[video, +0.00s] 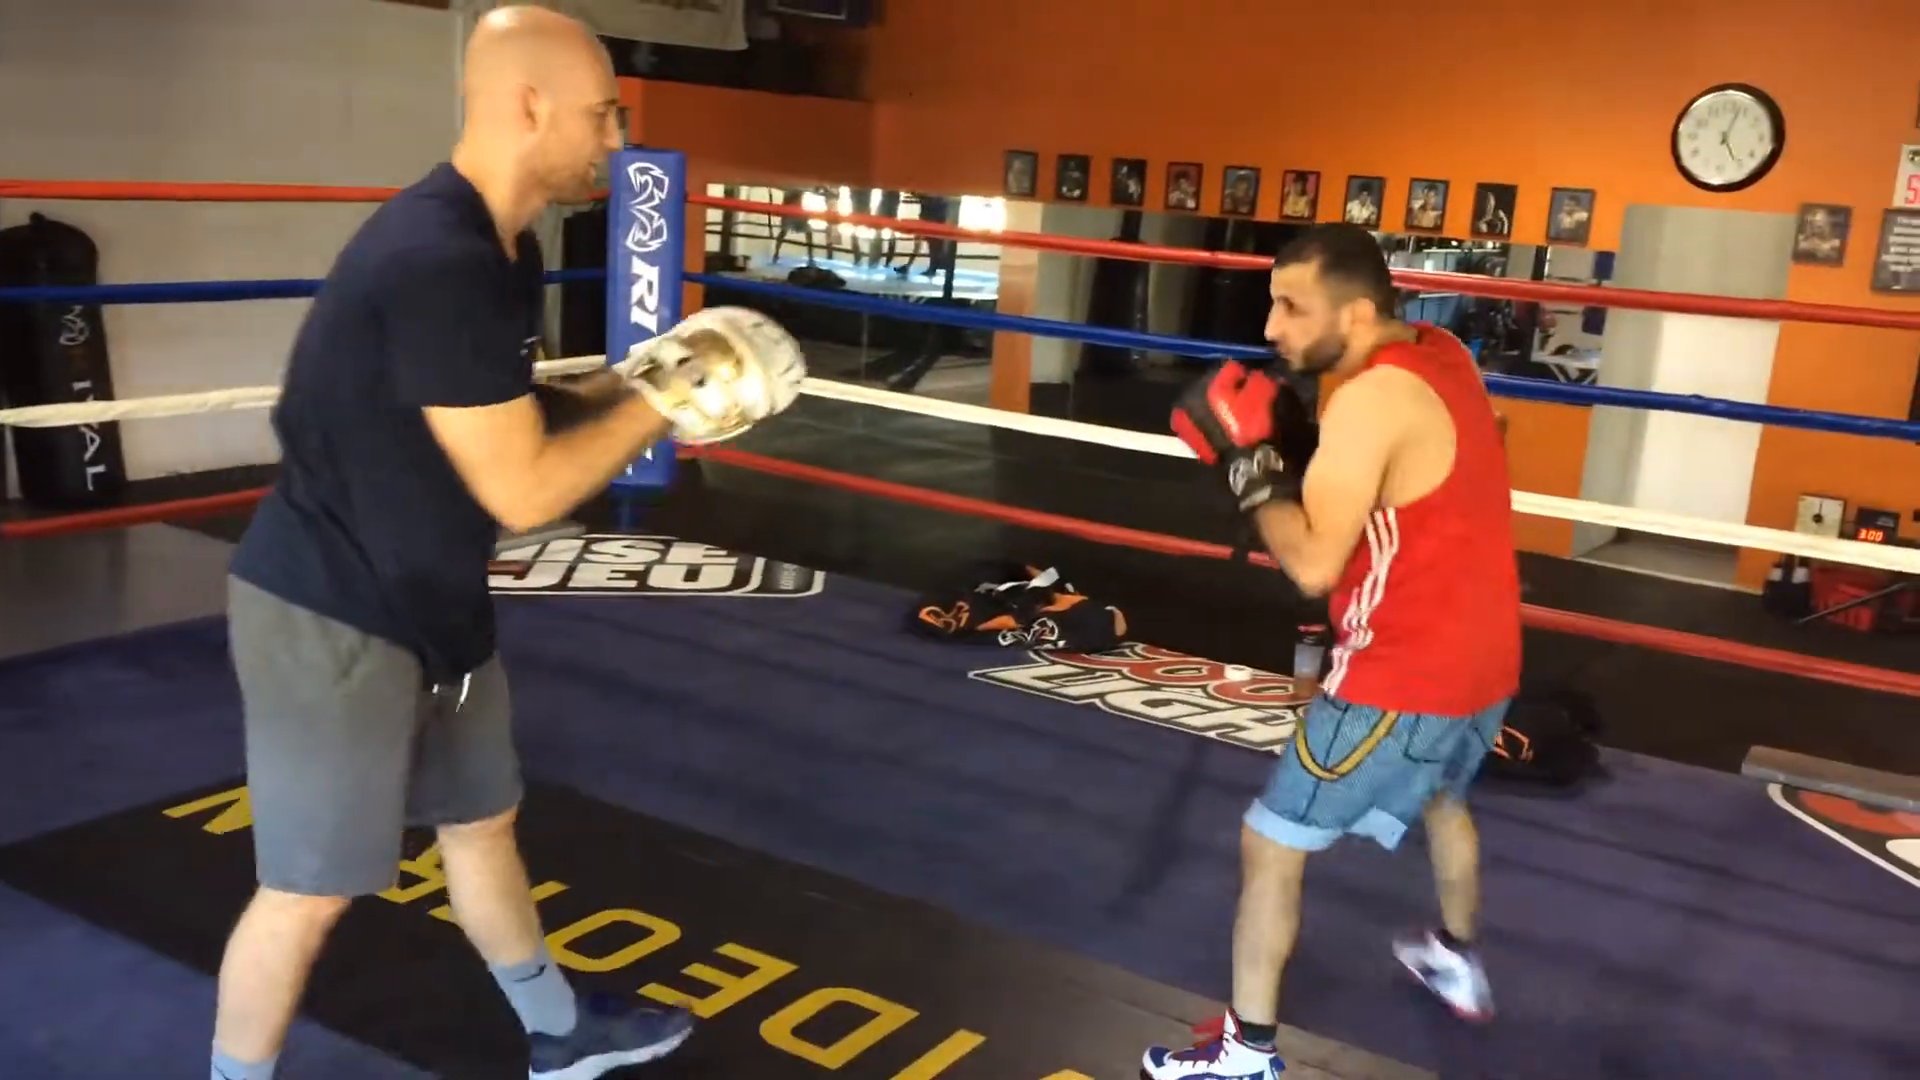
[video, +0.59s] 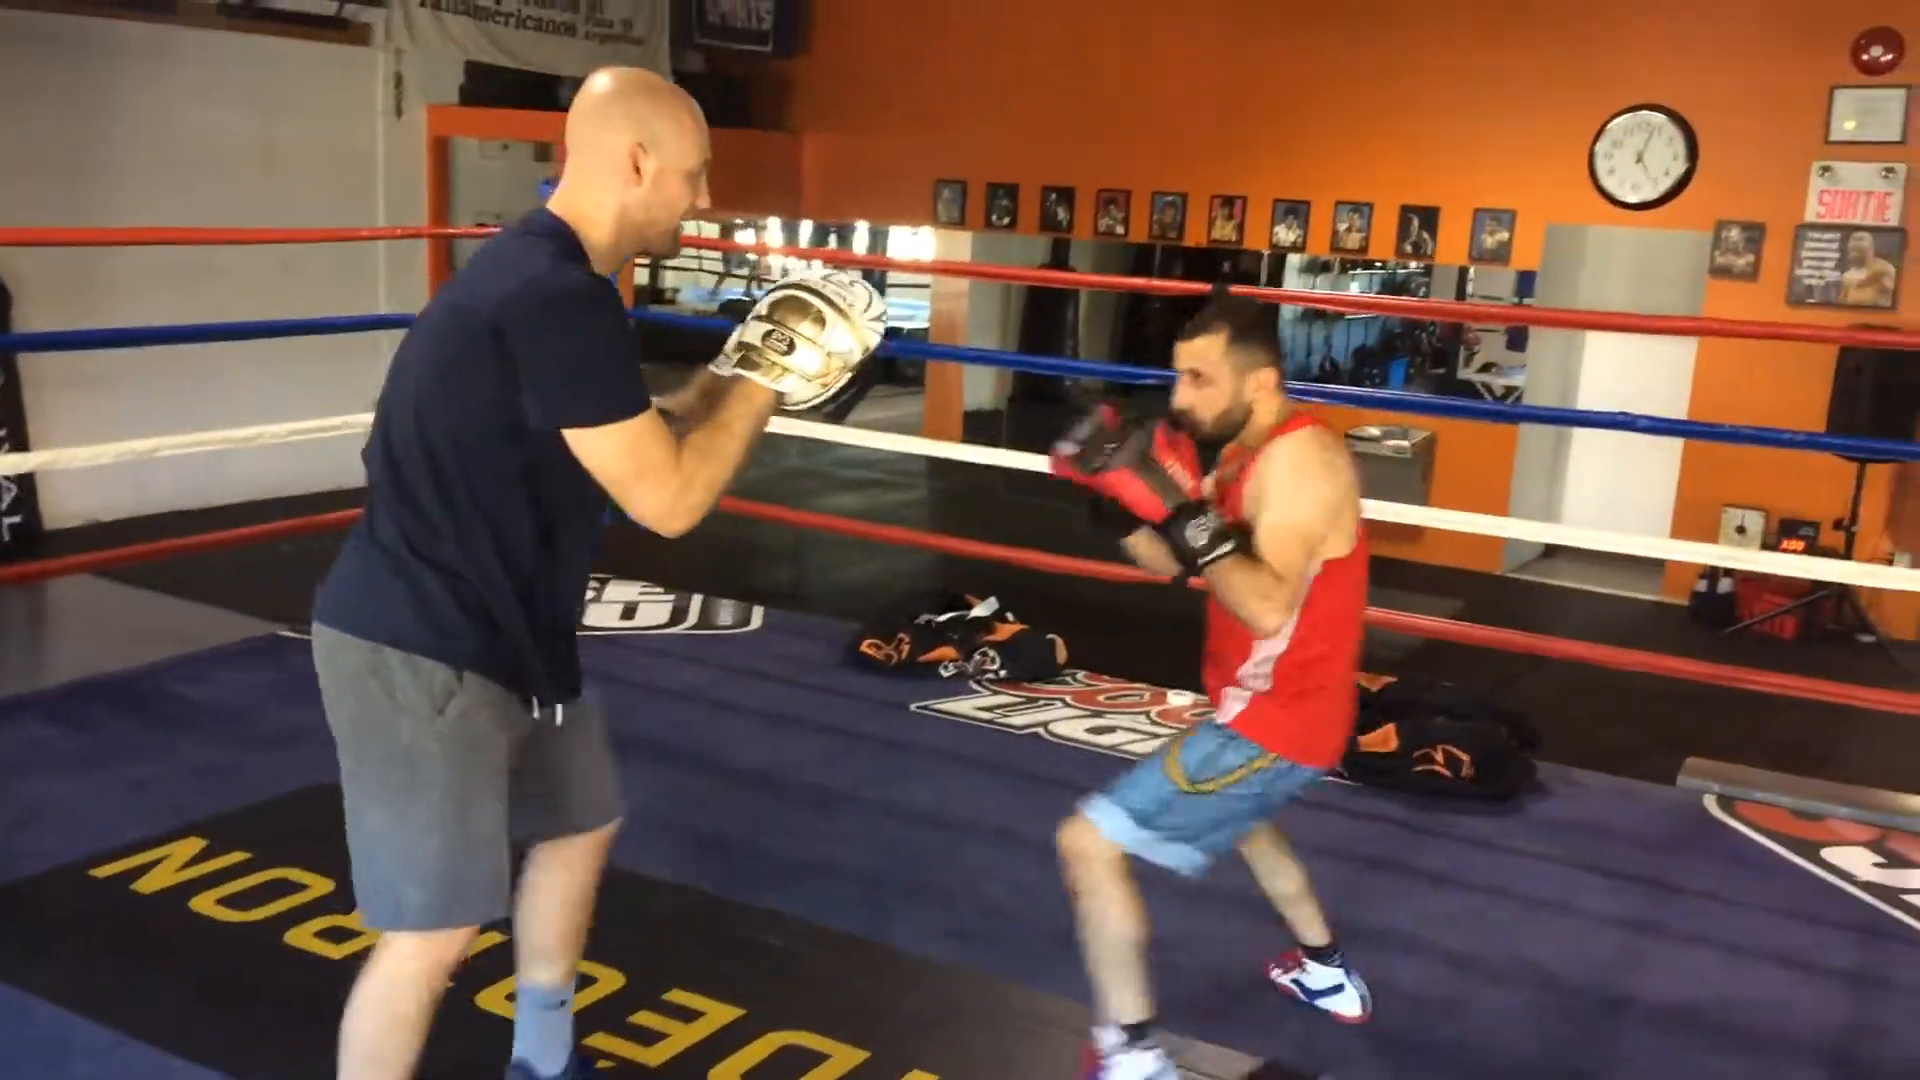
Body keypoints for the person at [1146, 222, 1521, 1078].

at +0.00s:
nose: (1272, 325)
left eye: (1290, 307)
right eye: (1273, 304)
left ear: (1357, 313)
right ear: (1368, 312)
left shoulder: (1370, 399)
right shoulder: (1443, 355)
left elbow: (1313, 562)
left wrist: (1248, 466)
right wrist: (1288, 428)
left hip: (1403, 674)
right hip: (1485, 665)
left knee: (1274, 838)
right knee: (1444, 800)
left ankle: (1248, 1042)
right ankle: (1459, 959)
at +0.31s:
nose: (1259, 340)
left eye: (1274, 321)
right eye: (1255, 321)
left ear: (1336, 316)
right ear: (1322, 319)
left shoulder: (1379, 398)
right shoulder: (1341, 389)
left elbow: (1370, 551)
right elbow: (1320, 534)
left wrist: (1284, 473)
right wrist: (1255, 473)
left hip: (1363, 665)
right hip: (1377, 654)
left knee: (1226, 830)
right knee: (1367, 799)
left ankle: (1214, 1041)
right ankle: (1412, 942)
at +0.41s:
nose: (1232, 355)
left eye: (1248, 336)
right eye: (1229, 336)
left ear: (1308, 332)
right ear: (1297, 338)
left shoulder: (1342, 402)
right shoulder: (1310, 399)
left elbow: (1323, 546)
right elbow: (1269, 528)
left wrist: (1241, 460)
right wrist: (1223, 473)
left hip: (1336, 688)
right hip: (1340, 676)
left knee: (1197, 845)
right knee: (1304, 791)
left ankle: (1200, 1050)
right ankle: (1365, 931)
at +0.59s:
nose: (1182, 400)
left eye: (1201, 381)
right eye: (1178, 380)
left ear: (1261, 379)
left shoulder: (1302, 459)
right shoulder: (1244, 454)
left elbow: (1269, 608)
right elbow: (1173, 566)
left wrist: (1186, 511)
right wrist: (1114, 487)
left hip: (1278, 726)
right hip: (1259, 709)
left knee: (1088, 842)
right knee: (1242, 818)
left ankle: (1130, 1050)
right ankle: (1327, 967)